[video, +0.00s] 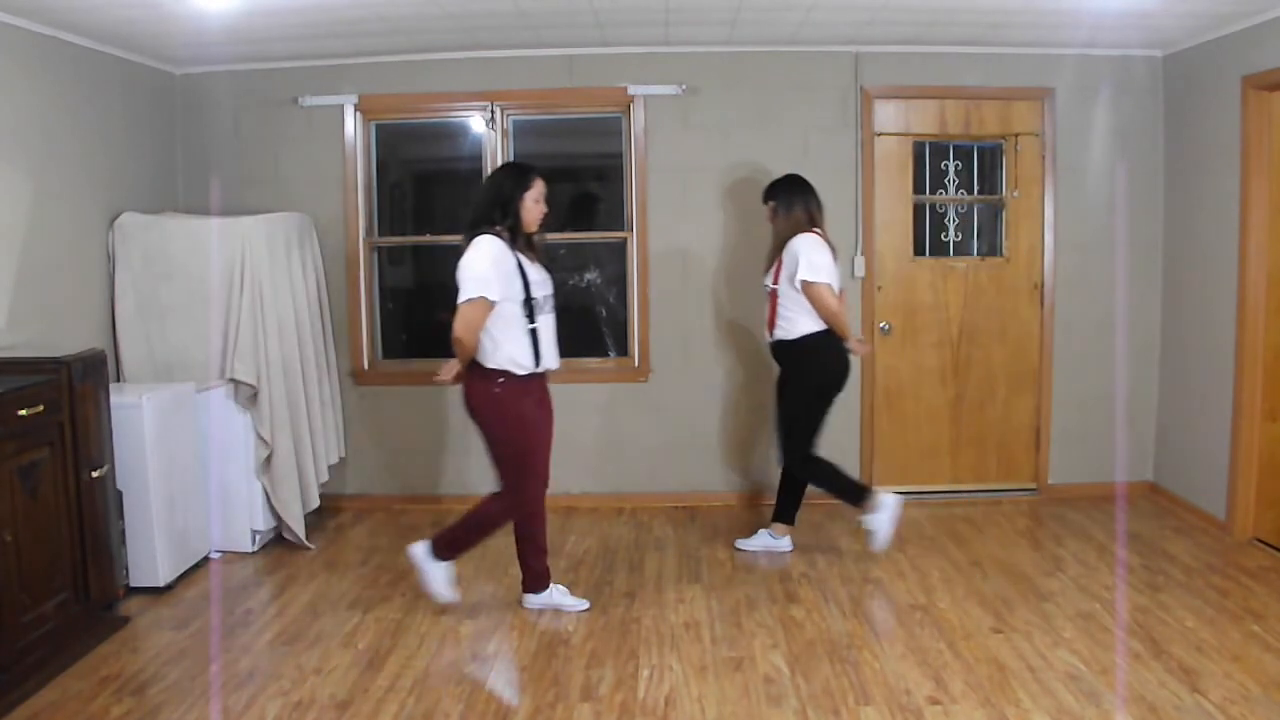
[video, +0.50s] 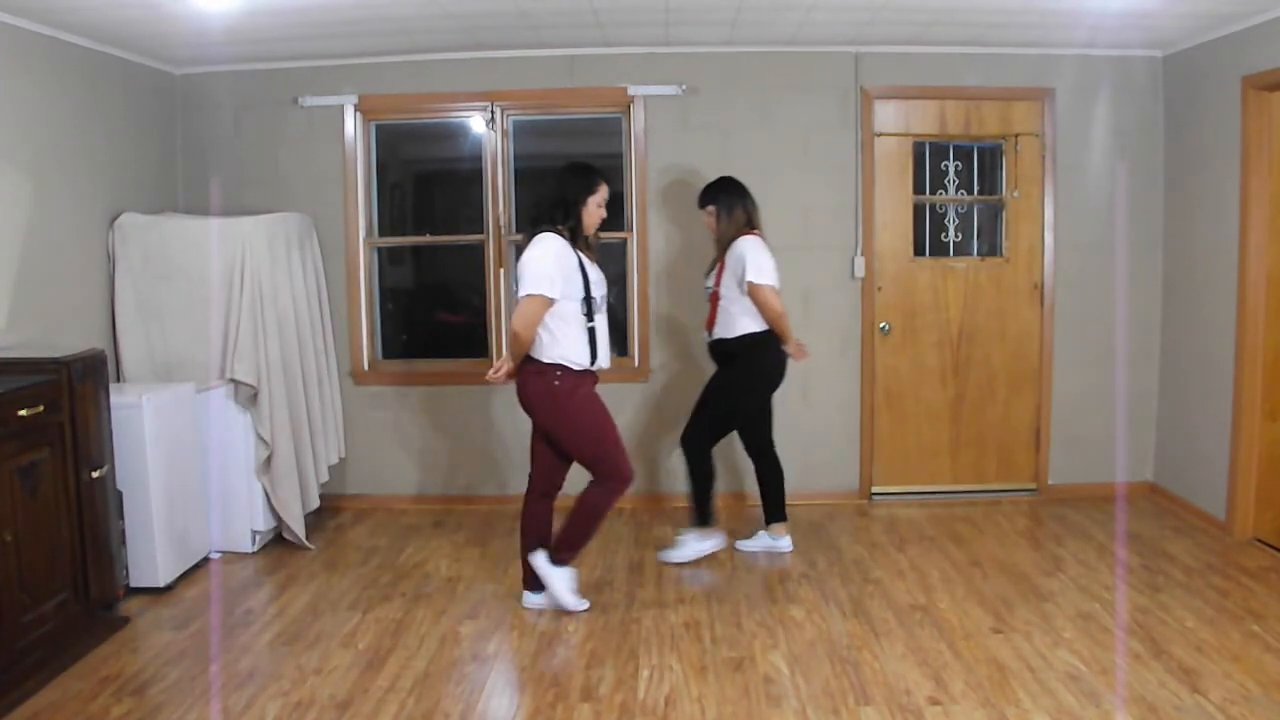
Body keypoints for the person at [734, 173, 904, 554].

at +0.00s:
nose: (769, 219)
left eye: (773, 211)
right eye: (769, 212)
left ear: (790, 209)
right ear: (804, 208)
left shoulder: (805, 244)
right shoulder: (808, 244)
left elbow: (821, 296)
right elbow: (837, 294)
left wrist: (847, 337)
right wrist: (844, 335)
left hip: (811, 355)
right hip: (807, 355)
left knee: (797, 453)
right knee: (796, 451)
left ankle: (874, 504)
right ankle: (779, 530)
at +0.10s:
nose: (757, 217)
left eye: (761, 209)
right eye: (756, 210)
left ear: (778, 207)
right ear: (788, 205)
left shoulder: (794, 242)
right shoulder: (783, 245)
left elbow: (811, 293)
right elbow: (806, 295)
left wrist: (836, 334)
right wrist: (835, 334)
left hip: (799, 352)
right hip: (792, 351)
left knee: (762, 445)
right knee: (787, 444)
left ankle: (830, 500)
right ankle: (779, 529)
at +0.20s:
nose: (744, 217)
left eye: (748, 209)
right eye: (743, 209)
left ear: (765, 207)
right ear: (775, 206)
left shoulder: (783, 242)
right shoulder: (772, 245)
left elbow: (801, 293)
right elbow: (795, 295)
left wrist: (825, 335)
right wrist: (824, 335)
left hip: (785, 352)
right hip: (782, 351)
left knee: (739, 439)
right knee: (782, 442)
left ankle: (799, 502)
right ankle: (778, 529)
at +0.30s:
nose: (731, 218)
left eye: (734, 209)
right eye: (730, 210)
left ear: (751, 208)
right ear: (761, 207)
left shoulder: (770, 243)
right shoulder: (762, 246)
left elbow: (791, 296)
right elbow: (786, 298)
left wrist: (812, 337)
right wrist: (812, 336)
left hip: (774, 353)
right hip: (771, 352)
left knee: (722, 437)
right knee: (777, 441)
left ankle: (778, 504)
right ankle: (776, 531)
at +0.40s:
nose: (720, 220)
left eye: (723, 211)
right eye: (719, 212)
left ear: (740, 209)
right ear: (750, 208)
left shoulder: (759, 244)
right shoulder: (752, 246)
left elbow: (777, 296)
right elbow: (775, 298)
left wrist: (801, 337)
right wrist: (800, 336)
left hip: (762, 353)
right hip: (759, 352)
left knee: (708, 436)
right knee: (769, 443)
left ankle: (750, 513)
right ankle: (778, 528)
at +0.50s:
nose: (707, 224)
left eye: (709, 215)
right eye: (705, 216)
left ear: (727, 212)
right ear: (733, 213)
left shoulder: (748, 247)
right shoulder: (734, 250)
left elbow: (764, 295)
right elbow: (756, 299)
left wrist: (787, 339)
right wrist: (783, 338)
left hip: (750, 357)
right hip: (743, 356)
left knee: (695, 439)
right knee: (760, 446)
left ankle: (705, 530)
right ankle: (777, 530)